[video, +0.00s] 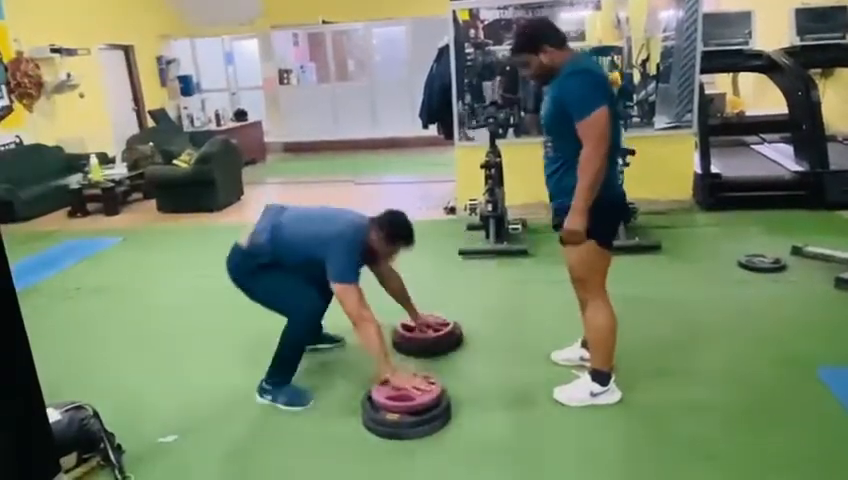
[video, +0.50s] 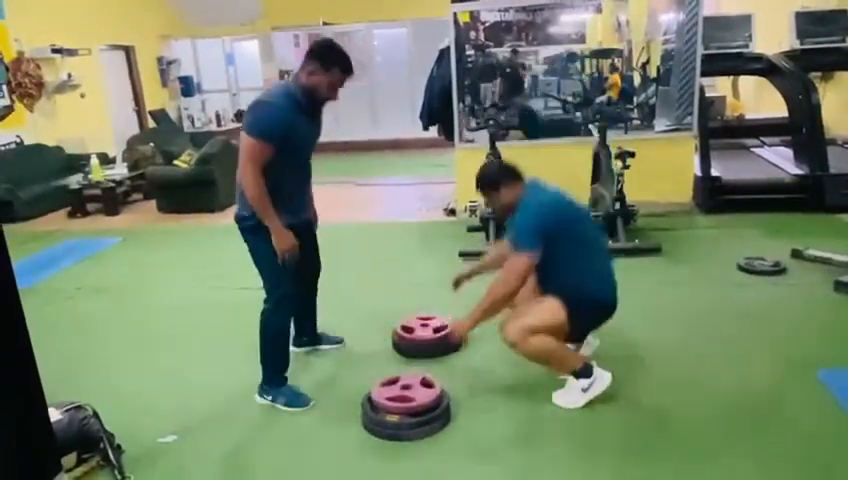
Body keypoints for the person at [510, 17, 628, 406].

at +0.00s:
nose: (527, 74)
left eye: (527, 64)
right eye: (523, 66)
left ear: (546, 51)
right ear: (546, 52)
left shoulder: (579, 79)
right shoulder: (567, 77)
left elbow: (596, 146)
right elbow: (585, 145)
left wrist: (579, 210)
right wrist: (566, 201)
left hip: (592, 202)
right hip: (577, 199)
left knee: (592, 291)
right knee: (584, 283)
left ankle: (601, 382)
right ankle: (591, 347)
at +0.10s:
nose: (521, 75)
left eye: (520, 67)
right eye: (517, 68)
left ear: (535, 54)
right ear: (539, 53)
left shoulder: (566, 81)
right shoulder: (568, 75)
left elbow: (587, 144)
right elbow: (586, 143)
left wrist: (571, 209)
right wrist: (570, 202)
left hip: (591, 203)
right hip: (585, 200)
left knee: (591, 291)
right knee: (584, 282)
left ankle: (601, 381)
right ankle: (591, 347)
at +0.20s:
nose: (506, 91)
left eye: (506, 82)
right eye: (503, 84)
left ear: (523, 71)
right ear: (527, 69)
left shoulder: (552, 94)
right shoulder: (559, 84)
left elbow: (572, 156)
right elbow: (566, 152)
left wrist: (552, 216)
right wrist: (546, 197)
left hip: (594, 205)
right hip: (592, 200)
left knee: (577, 292)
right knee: (570, 279)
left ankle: (600, 382)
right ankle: (589, 347)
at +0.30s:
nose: (495, 118)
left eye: (495, 110)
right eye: (491, 111)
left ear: (512, 100)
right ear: (517, 95)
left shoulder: (542, 125)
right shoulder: (534, 120)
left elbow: (551, 191)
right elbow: (534, 182)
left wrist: (526, 244)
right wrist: (511, 216)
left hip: (599, 221)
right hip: (583, 216)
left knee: (556, 302)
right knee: (552, 283)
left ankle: (597, 380)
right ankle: (587, 348)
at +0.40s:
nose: (493, 162)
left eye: (493, 153)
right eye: (490, 155)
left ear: (508, 143)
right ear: (514, 138)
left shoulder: (535, 163)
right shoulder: (529, 160)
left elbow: (535, 231)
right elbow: (518, 214)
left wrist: (496, 280)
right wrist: (487, 240)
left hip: (597, 258)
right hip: (574, 246)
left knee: (532, 318)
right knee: (528, 284)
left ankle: (592, 378)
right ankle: (581, 343)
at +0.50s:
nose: (489, 205)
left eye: (489, 197)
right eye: (486, 198)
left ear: (502, 190)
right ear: (511, 183)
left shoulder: (533, 211)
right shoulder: (531, 197)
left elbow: (512, 281)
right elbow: (509, 248)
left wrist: (468, 323)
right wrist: (472, 271)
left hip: (590, 297)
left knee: (516, 332)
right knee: (515, 301)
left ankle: (586, 375)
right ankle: (577, 338)